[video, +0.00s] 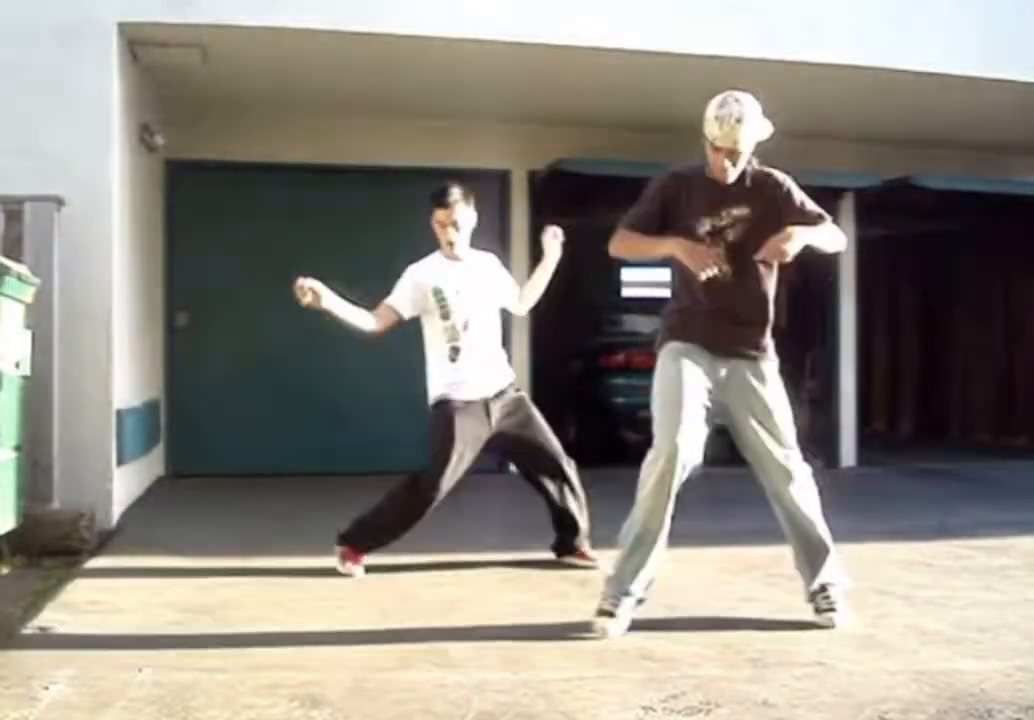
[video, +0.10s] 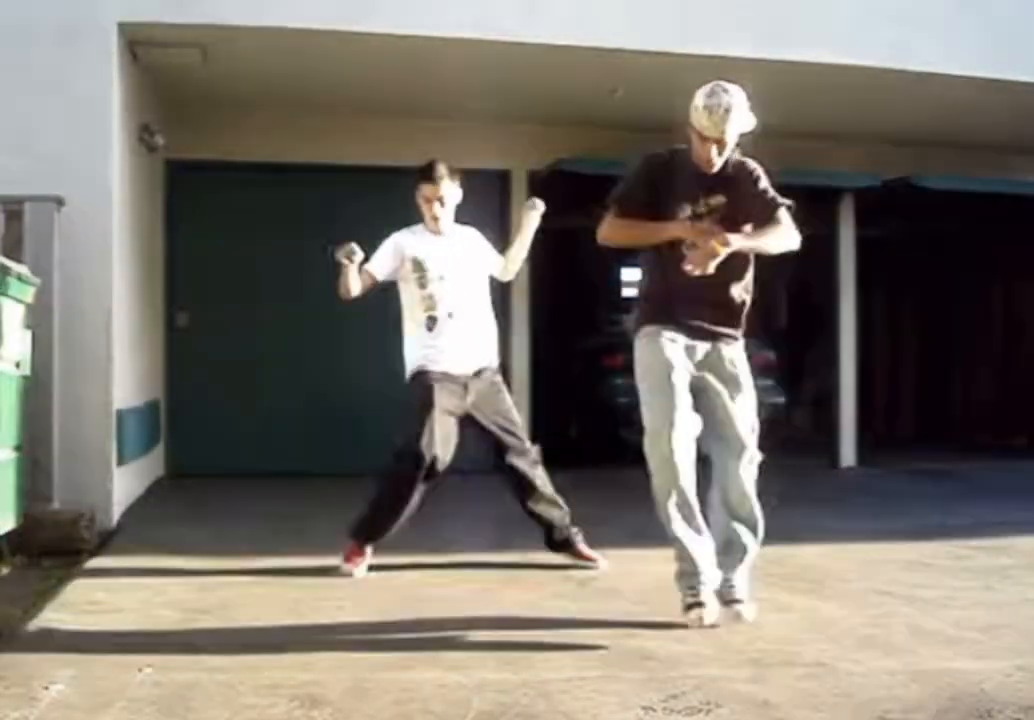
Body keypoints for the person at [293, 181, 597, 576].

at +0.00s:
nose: (449, 233)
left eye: (456, 224)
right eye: (441, 224)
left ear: (472, 221)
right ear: (432, 224)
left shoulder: (488, 265)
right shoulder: (421, 276)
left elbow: (523, 302)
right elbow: (375, 323)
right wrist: (326, 299)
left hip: (505, 392)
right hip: (458, 399)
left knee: (558, 466)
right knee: (434, 487)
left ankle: (572, 543)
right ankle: (354, 544)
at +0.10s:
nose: (435, 209)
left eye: (443, 201)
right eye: (428, 201)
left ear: (457, 199)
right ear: (417, 201)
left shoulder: (471, 239)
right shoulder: (402, 244)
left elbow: (507, 270)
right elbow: (353, 290)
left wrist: (529, 225)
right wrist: (350, 267)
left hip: (483, 369)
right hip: (434, 370)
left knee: (522, 452)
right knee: (428, 456)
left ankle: (565, 536)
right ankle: (362, 541)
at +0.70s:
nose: (294, 203)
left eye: (300, 193)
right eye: (285, 194)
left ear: (308, 194)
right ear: (268, 195)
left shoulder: (324, 240)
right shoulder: (248, 249)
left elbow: (328, 295)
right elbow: (223, 311)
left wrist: (341, 334)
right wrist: (252, 344)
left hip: (327, 364)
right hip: (279, 370)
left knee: (382, 432)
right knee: (240, 457)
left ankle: (435, 529)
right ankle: (178, 535)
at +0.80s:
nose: (284, 213)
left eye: (290, 205)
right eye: (275, 205)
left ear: (298, 209)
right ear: (257, 210)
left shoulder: (313, 256)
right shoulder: (238, 267)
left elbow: (310, 311)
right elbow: (206, 325)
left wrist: (329, 346)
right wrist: (239, 363)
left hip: (313, 380)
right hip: (263, 384)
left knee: (371, 457)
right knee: (228, 468)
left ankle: (440, 531)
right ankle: (176, 541)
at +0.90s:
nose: (286, 204)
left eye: (292, 195)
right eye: (277, 196)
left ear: (300, 196)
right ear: (260, 199)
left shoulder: (317, 239)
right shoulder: (246, 252)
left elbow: (316, 287)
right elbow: (211, 309)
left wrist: (349, 300)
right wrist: (250, 341)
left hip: (329, 364)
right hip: (278, 369)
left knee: (374, 442)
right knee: (237, 451)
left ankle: (417, 536)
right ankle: (184, 537)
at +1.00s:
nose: (316, 185)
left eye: (323, 176)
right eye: (307, 177)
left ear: (336, 176)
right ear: (295, 180)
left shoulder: (355, 218)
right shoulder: (278, 226)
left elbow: (360, 258)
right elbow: (245, 281)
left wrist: (397, 276)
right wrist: (279, 313)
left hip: (356, 338)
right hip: (305, 340)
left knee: (399, 416)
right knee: (277, 432)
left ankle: (388, 520)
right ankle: (251, 529)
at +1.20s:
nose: (378, 204)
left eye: (385, 195)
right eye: (371, 196)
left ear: (400, 194)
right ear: (360, 197)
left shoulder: (420, 241)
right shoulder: (342, 243)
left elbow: (442, 305)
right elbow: (313, 297)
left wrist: (452, 278)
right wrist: (334, 331)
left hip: (403, 358)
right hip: (357, 353)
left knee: (393, 453)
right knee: (370, 446)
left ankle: (336, 522)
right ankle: (406, 536)